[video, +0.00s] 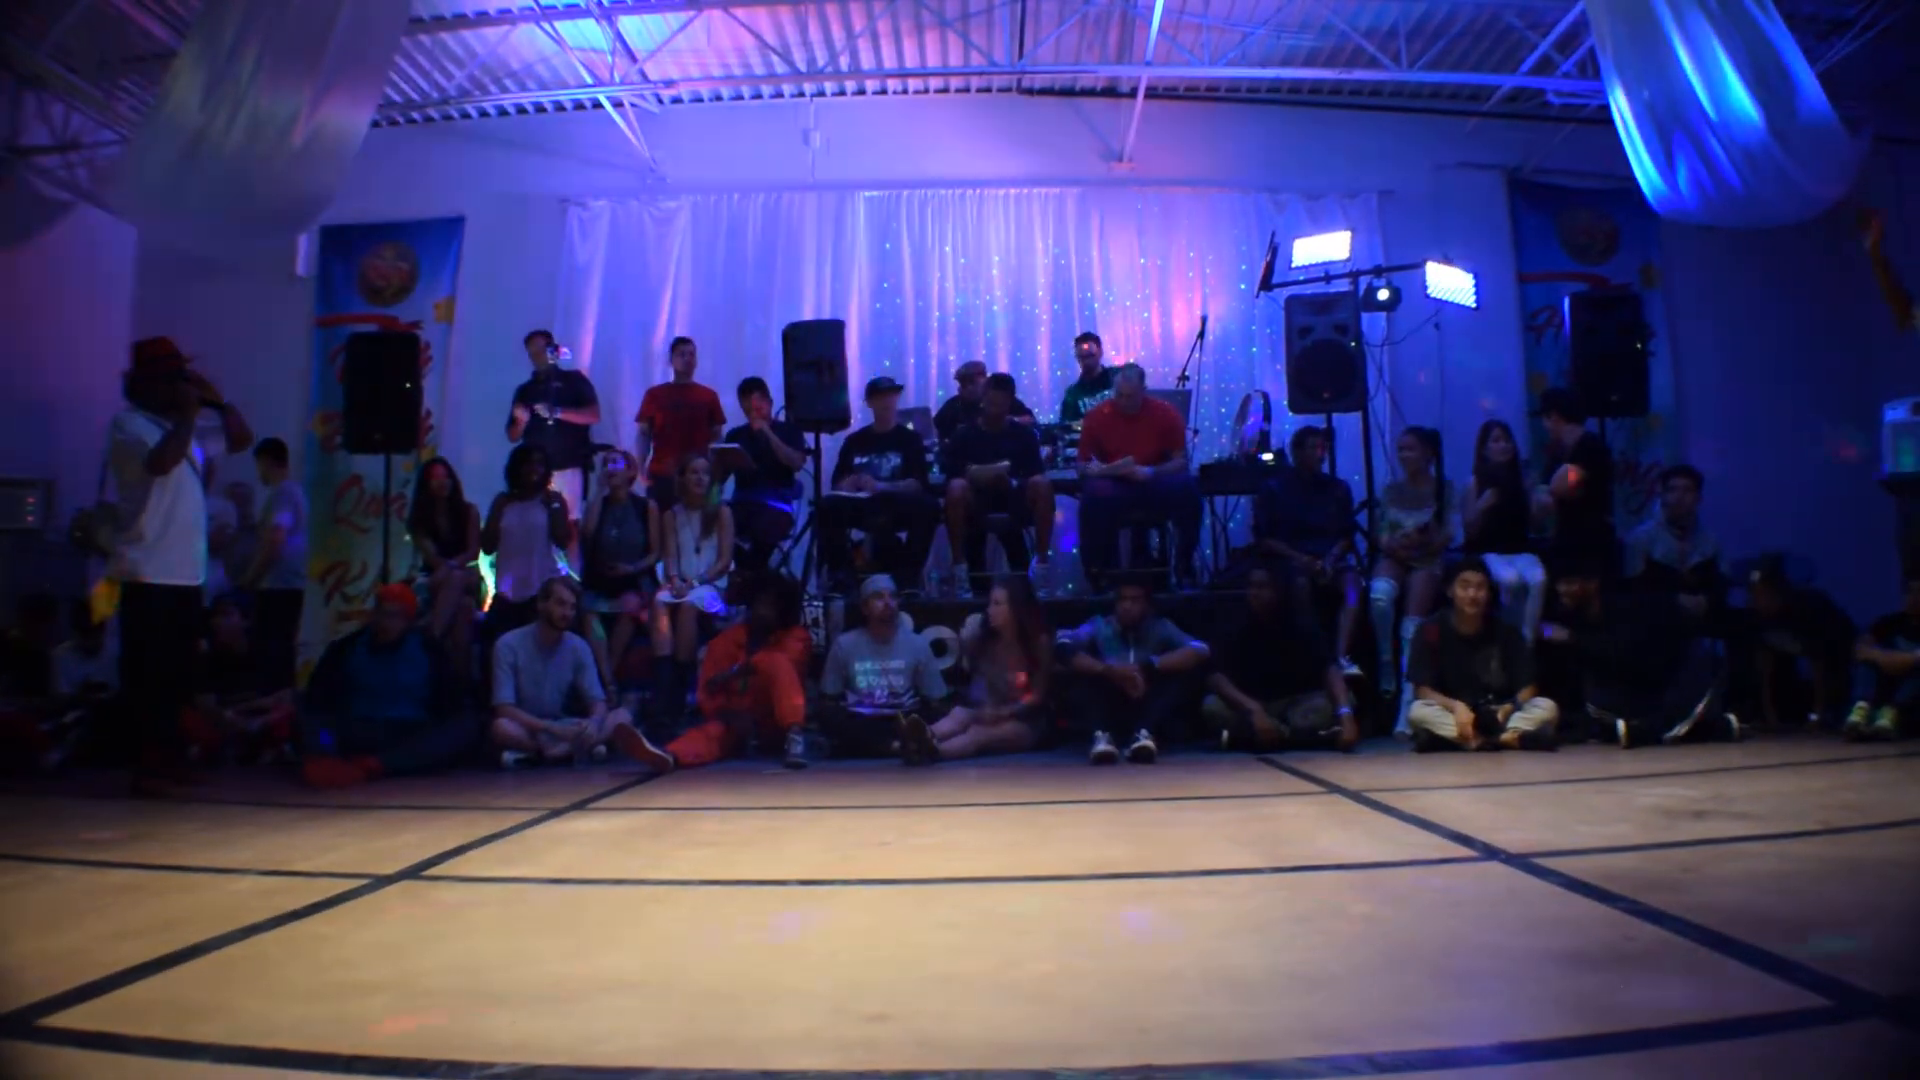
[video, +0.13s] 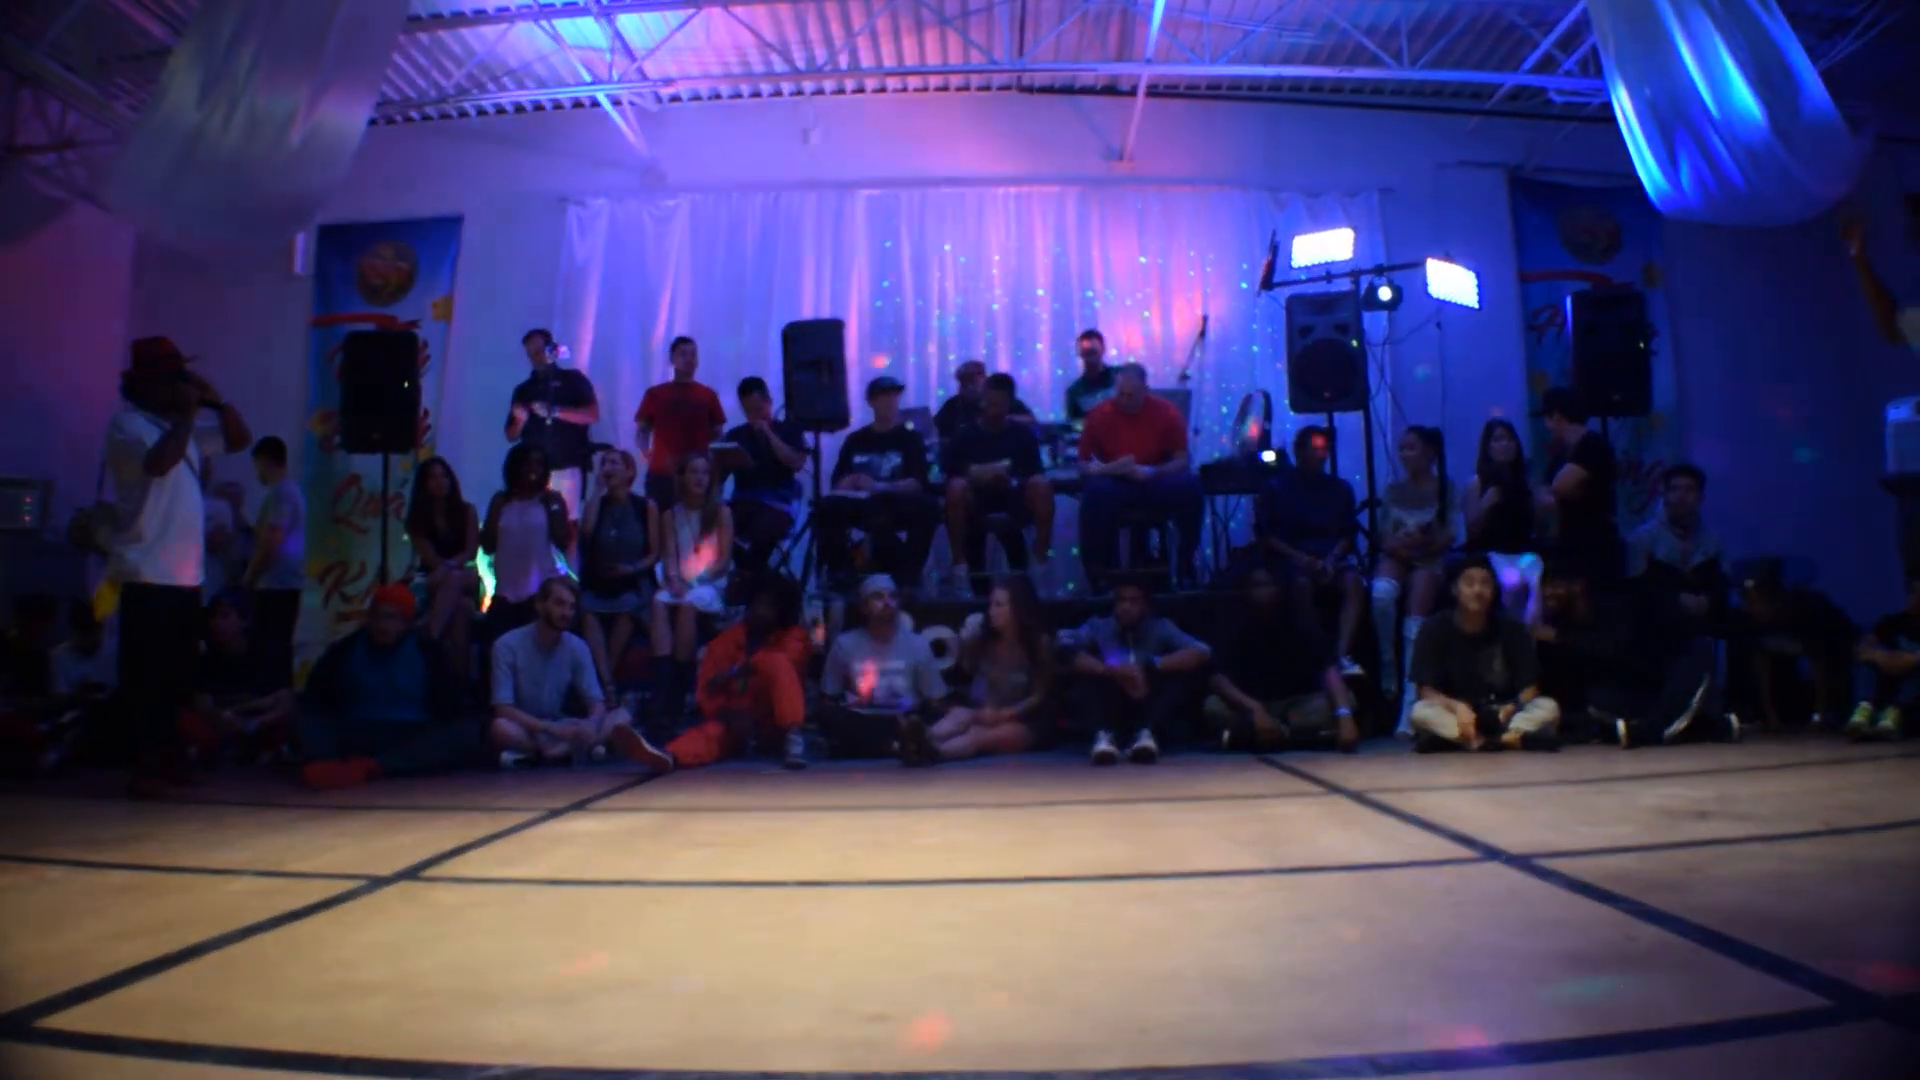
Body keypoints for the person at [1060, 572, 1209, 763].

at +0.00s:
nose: (1128, 607)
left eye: (1135, 601)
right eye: (1123, 601)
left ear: (1146, 604)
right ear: (1115, 604)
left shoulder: (1159, 628)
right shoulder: (1101, 628)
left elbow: (1200, 650)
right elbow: (1064, 647)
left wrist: (1150, 667)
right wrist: (1111, 671)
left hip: (1149, 701)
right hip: (1108, 701)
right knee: (1092, 677)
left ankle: (1144, 734)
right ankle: (1101, 736)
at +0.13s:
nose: (1127, 608)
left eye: (1133, 602)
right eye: (1122, 601)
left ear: (1144, 605)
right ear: (1115, 604)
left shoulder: (1159, 629)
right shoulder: (1100, 628)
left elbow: (1201, 652)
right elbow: (1066, 650)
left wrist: (1152, 667)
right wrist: (1114, 673)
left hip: (1151, 699)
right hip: (1109, 700)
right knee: (1097, 678)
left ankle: (1147, 734)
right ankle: (1103, 736)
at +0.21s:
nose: (1125, 607)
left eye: (1131, 601)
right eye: (1120, 601)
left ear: (1141, 606)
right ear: (1113, 605)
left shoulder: (1157, 629)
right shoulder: (1099, 628)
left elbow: (1201, 652)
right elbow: (1065, 648)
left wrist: (1151, 668)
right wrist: (1112, 672)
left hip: (1149, 699)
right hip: (1109, 700)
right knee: (1093, 676)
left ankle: (1146, 734)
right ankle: (1102, 736)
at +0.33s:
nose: (1121, 608)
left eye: (1128, 602)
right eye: (1117, 601)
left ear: (1140, 606)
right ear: (1110, 605)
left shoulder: (1156, 629)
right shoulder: (1096, 629)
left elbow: (1200, 651)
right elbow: (1065, 650)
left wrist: (1148, 669)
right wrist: (1112, 673)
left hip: (1148, 702)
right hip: (1108, 703)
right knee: (1093, 677)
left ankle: (1145, 734)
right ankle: (1103, 735)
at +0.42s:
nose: (1122, 609)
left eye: (1129, 602)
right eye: (1117, 602)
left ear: (1139, 606)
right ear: (1110, 605)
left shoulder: (1154, 629)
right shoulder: (1095, 629)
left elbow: (1200, 651)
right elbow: (1063, 648)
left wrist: (1148, 669)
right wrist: (1110, 673)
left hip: (1147, 702)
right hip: (1108, 703)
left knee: (1175, 674)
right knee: (1086, 675)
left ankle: (1145, 734)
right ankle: (1102, 736)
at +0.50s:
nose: (1126, 608)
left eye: (1131, 602)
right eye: (1120, 603)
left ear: (1140, 605)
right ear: (1110, 607)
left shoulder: (1153, 628)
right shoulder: (1097, 629)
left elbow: (1198, 650)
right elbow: (1065, 647)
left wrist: (1145, 671)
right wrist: (1110, 676)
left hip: (1146, 702)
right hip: (1107, 703)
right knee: (1090, 677)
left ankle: (1145, 734)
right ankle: (1102, 735)